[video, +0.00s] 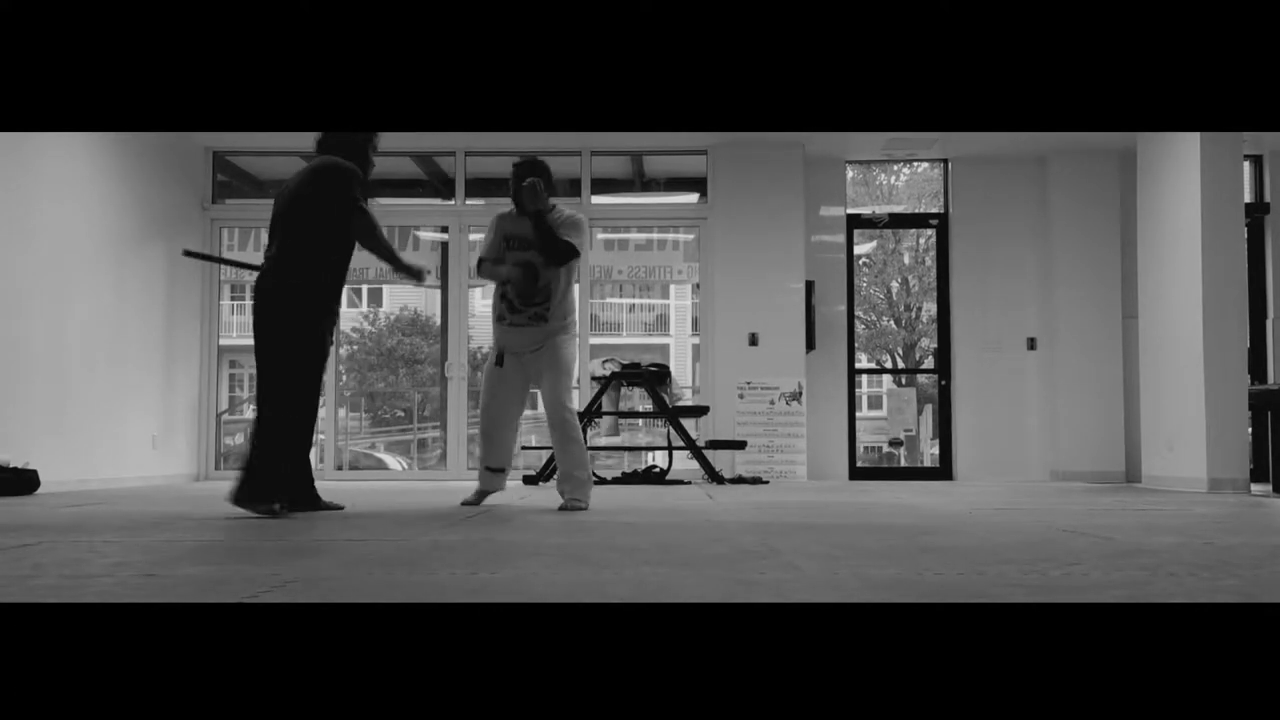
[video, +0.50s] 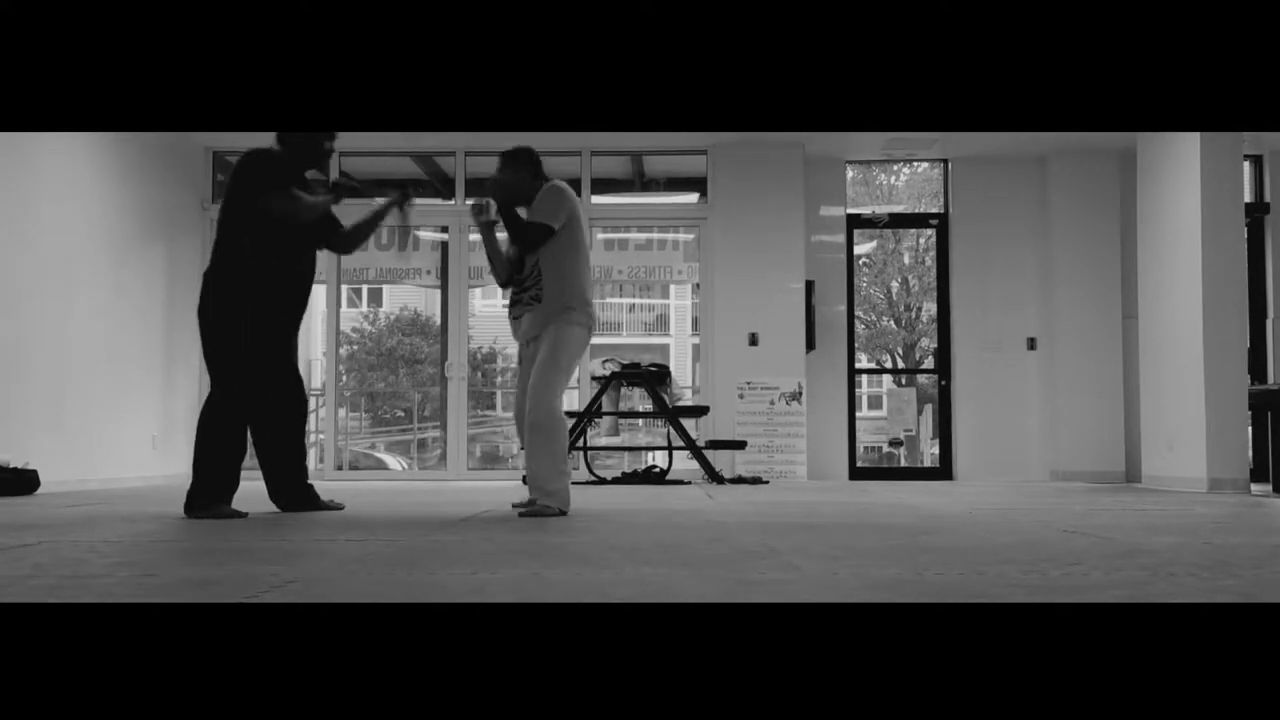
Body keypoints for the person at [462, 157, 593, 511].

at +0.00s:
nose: (523, 194)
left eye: (531, 187)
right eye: (519, 188)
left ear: (546, 189)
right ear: (512, 191)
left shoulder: (570, 221)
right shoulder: (503, 221)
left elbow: (559, 257)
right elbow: (482, 266)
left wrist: (537, 213)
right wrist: (510, 272)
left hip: (555, 336)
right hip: (509, 337)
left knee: (560, 412)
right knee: (495, 412)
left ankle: (576, 494)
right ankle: (491, 482)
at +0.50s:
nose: (497, 185)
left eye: (502, 177)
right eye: (498, 178)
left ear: (523, 174)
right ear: (522, 176)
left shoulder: (557, 193)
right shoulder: (528, 216)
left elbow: (528, 241)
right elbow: (504, 276)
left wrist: (503, 204)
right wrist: (487, 230)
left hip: (565, 320)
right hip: (534, 327)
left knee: (542, 402)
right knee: (525, 409)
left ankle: (553, 498)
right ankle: (543, 493)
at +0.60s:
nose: (506, 169)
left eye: (509, 160)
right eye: (505, 162)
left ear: (530, 157)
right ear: (531, 159)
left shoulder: (557, 180)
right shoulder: (538, 201)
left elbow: (539, 229)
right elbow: (498, 248)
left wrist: (499, 202)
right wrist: (499, 206)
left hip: (565, 313)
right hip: (541, 318)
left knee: (545, 405)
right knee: (531, 408)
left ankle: (551, 500)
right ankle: (576, 482)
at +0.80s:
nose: (518, 155)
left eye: (522, 148)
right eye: (519, 149)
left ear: (540, 146)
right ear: (551, 145)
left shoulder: (556, 172)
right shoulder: (571, 177)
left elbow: (531, 226)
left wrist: (510, 190)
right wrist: (515, 193)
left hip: (569, 305)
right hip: (586, 308)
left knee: (530, 382)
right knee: (567, 398)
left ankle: (562, 486)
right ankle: (601, 486)